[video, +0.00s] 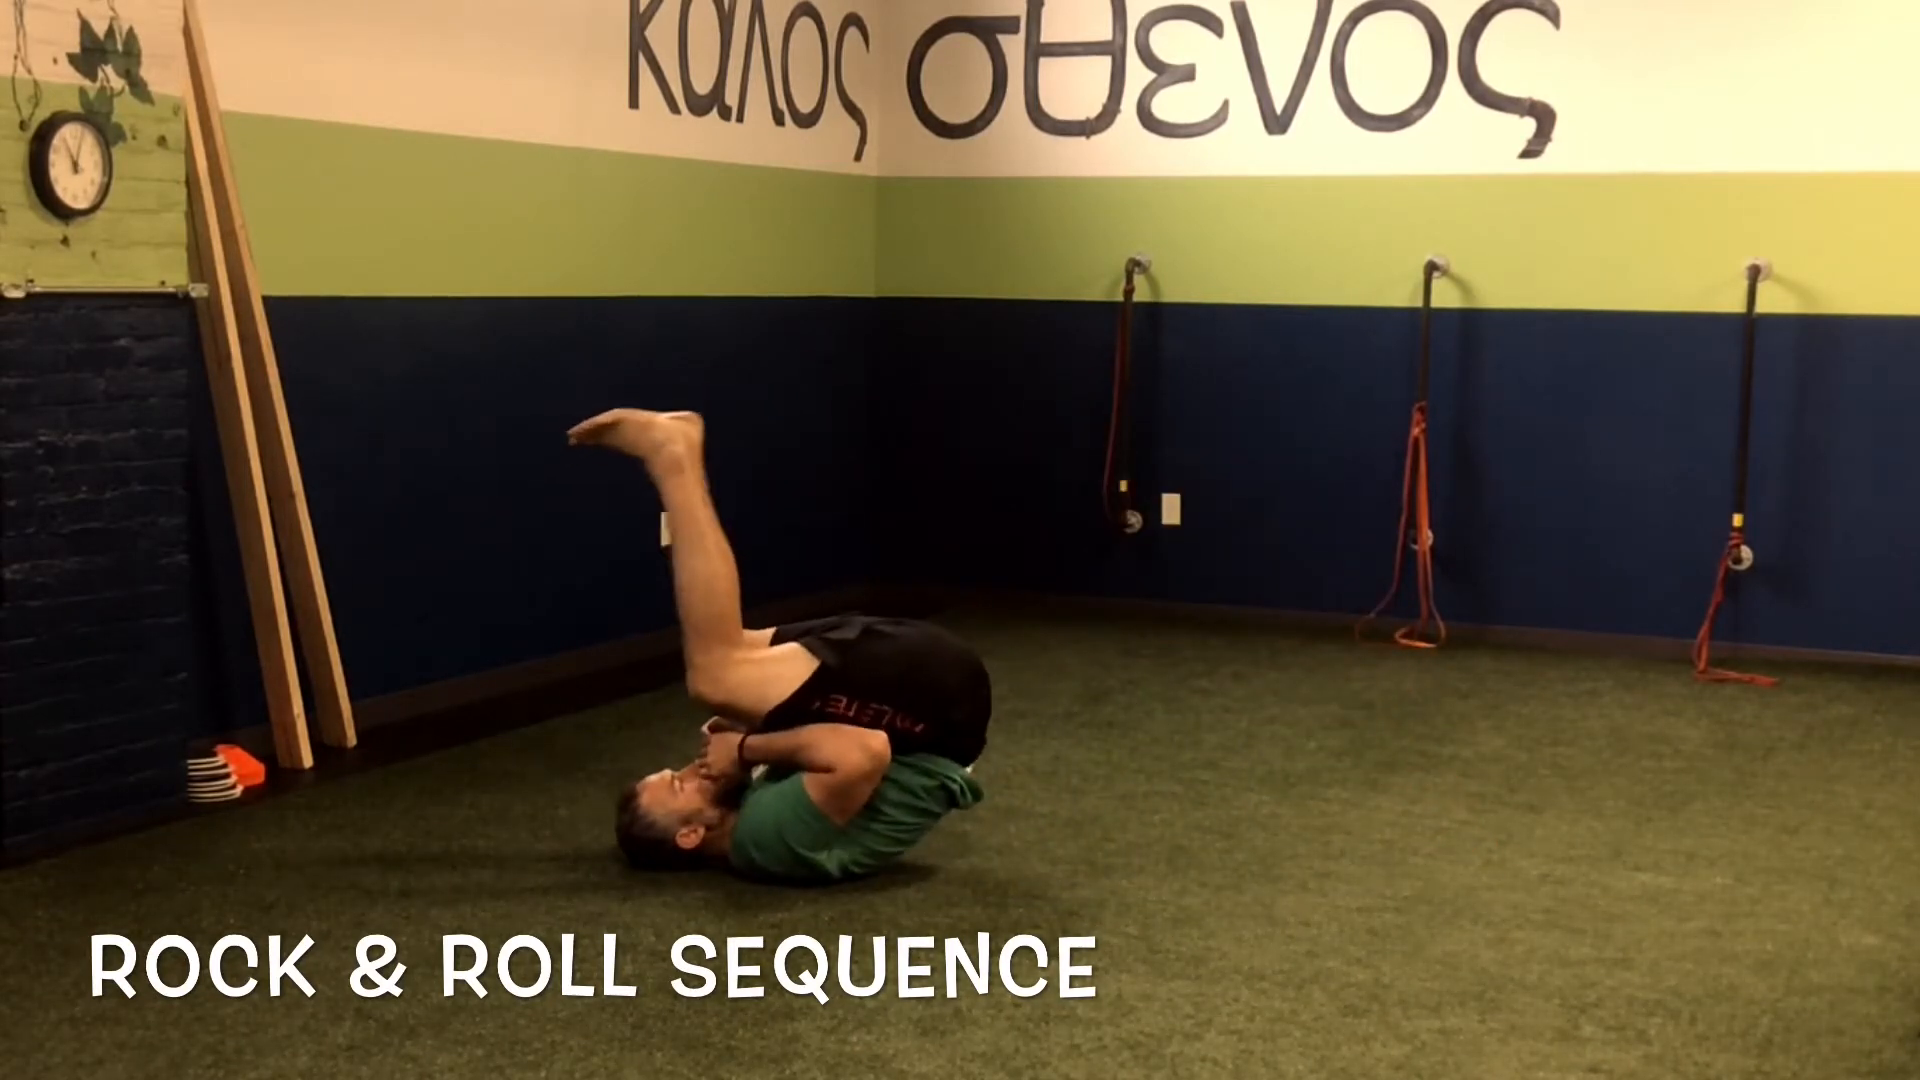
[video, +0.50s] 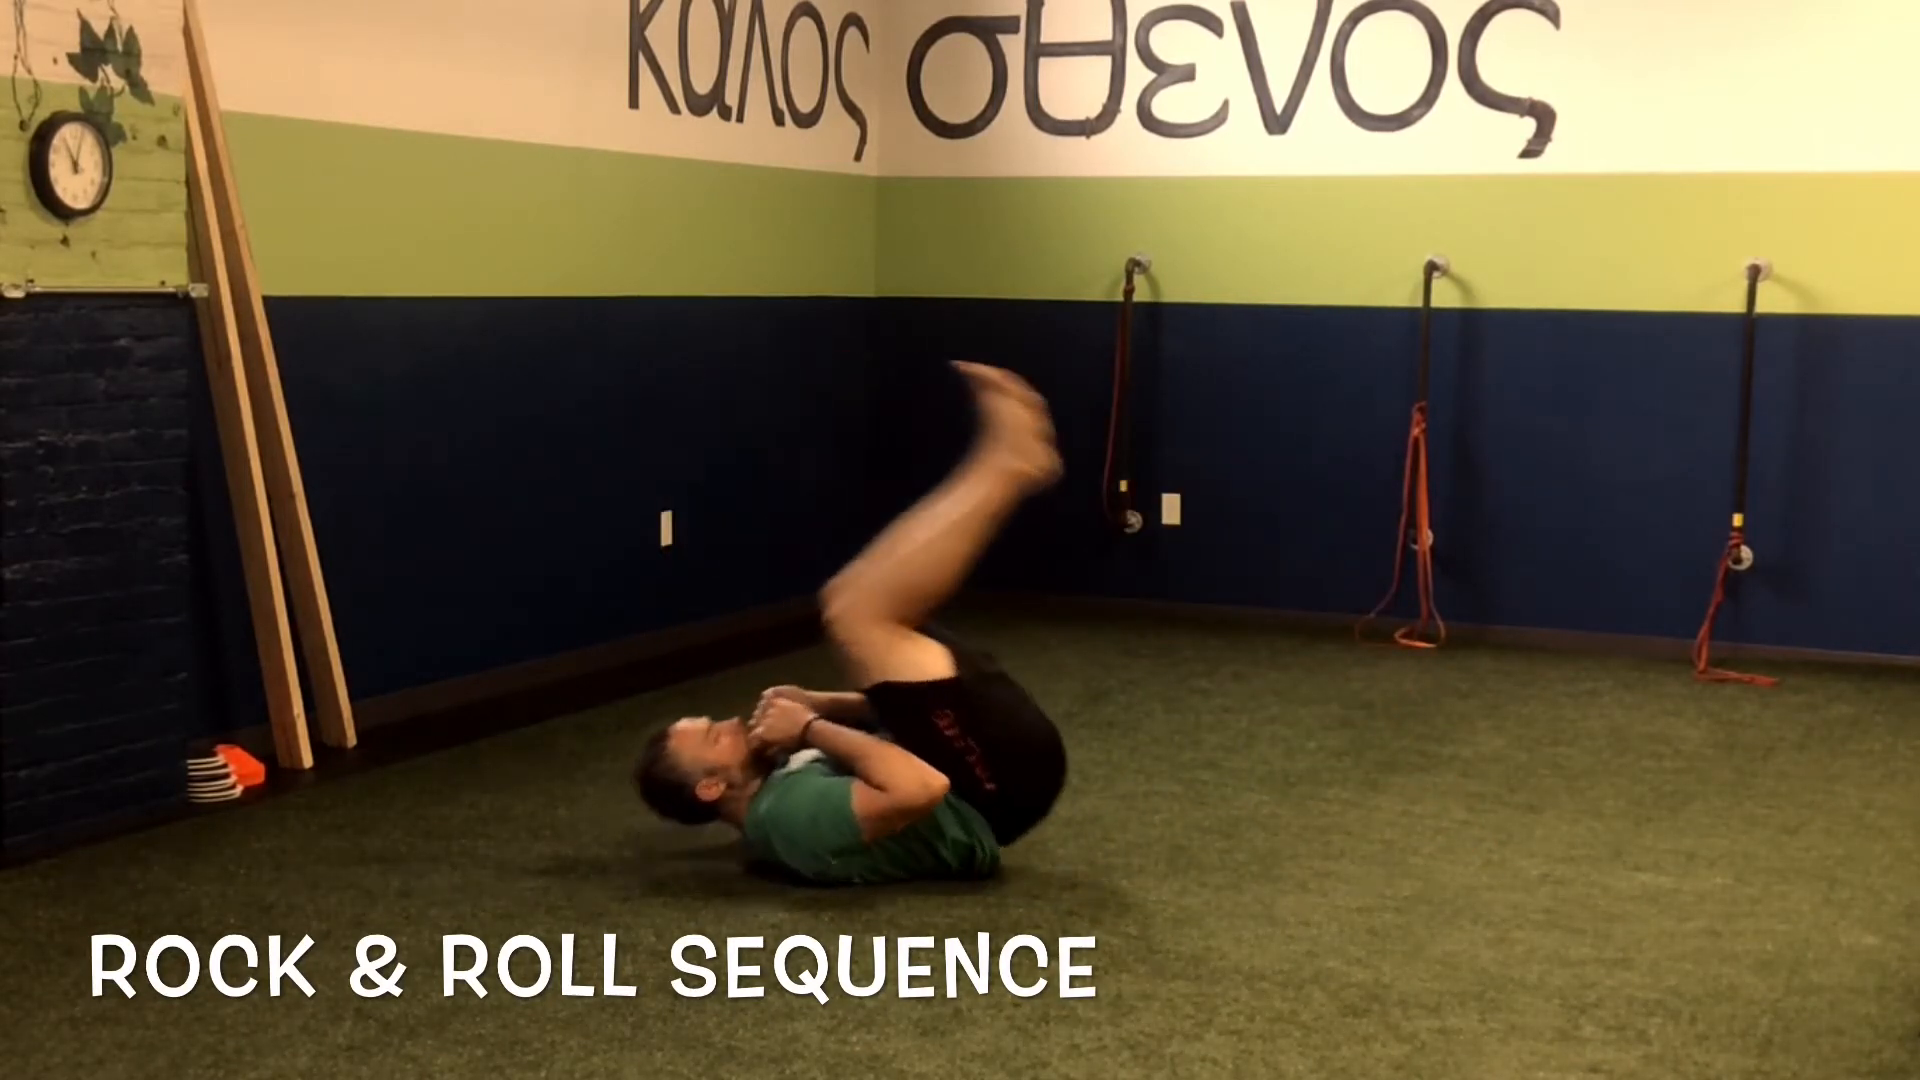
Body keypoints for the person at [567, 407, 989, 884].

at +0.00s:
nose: (686, 769)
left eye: (670, 775)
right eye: (673, 784)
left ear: (695, 828)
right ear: (692, 830)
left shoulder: (749, 817)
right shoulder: (766, 836)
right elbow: (865, 753)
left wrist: (737, 736)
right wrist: (747, 749)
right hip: (946, 693)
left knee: (734, 646)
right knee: (713, 670)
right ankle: (673, 453)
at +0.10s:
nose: (689, 766)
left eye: (673, 771)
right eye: (676, 784)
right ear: (692, 831)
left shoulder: (749, 815)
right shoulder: (767, 835)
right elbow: (869, 760)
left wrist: (743, 745)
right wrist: (750, 745)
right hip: (953, 704)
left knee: (745, 645)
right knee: (726, 665)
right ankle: (712, 445)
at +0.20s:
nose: (692, 762)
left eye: (676, 766)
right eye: (679, 778)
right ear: (692, 826)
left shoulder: (756, 812)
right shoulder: (768, 835)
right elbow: (878, 764)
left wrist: (750, 738)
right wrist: (759, 743)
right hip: (967, 718)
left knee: (774, 638)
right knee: (745, 654)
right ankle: (769, 433)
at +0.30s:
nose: (697, 751)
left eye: (680, 755)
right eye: (683, 768)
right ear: (695, 817)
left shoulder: (763, 810)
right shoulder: (770, 832)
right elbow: (887, 770)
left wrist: (771, 720)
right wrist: (769, 740)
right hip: (979, 738)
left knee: (793, 631)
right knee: (769, 638)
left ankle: (839, 429)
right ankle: (838, 430)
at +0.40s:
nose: (707, 739)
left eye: (690, 741)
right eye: (692, 753)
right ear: (701, 805)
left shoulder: (772, 800)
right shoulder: (775, 826)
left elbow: (866, 715)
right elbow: (902, 778)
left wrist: (787, 710)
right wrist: (787, 736)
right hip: (992, 753)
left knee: (809, 617)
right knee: (805, 624)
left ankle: (924, 438)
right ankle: (917, 438)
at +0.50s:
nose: (732, 720)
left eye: (713, 721)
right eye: (713, 734)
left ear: (717, 785)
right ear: (714, 785)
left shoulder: (780, 791)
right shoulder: (783, 817)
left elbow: (894, 713)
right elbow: (922, 788)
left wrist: (812, 706)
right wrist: (811, 728)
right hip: (1004, 780)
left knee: (851, 601)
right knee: (852, 609)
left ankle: (1009, 459)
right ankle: (1011, 460)